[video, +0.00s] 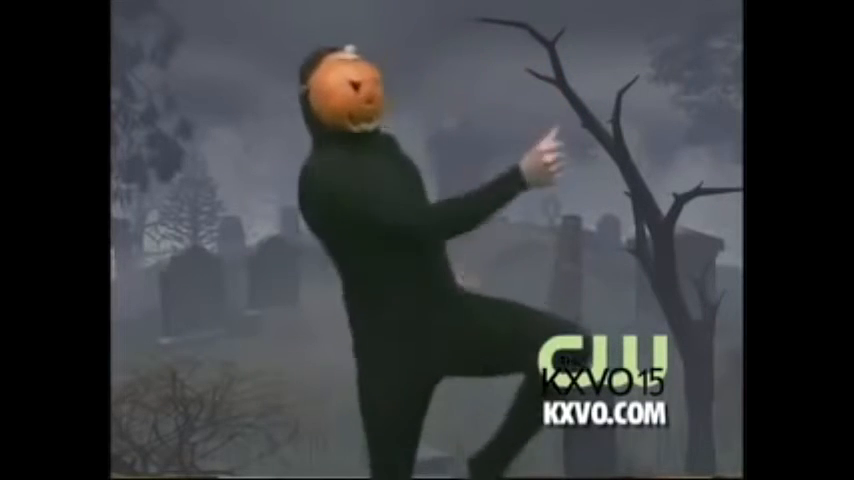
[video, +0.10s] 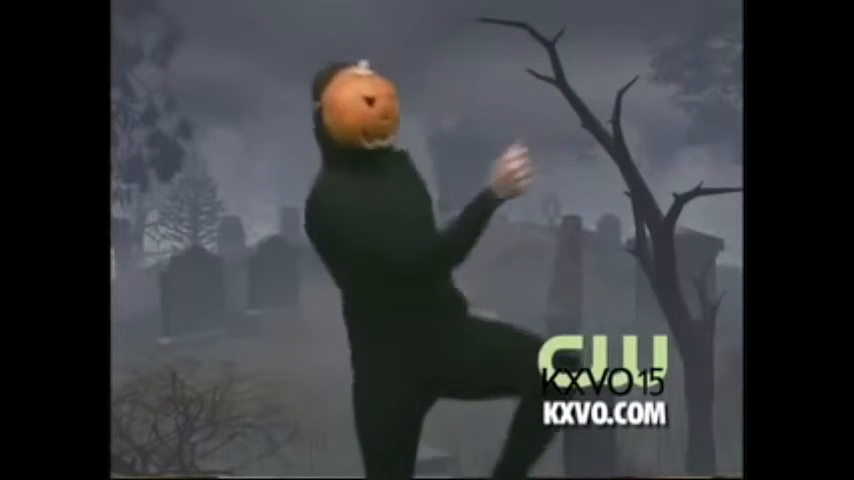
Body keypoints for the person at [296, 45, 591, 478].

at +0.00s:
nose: (363, 85)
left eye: (364, 74)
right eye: (344, 80)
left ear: (377, 84)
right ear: (315, 104)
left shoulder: (383, 151)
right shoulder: (325, 175)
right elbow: (420, 226)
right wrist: (518, 180)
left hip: (446, 319)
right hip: (392, 342)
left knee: (568, 347)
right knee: (391, 470)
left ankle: (492, 462)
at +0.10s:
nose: (380, 104)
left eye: (382, 95)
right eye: (361, 98)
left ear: (395, 106)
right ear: (326, 121)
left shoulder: (397, 168)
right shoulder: (329, 202)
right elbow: (422, 264)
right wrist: (490, 198)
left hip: (448, 342)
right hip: (389, 363)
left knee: (554, 367)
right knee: (389, 471)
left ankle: (508, 474)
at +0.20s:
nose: (397, 107)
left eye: (400, 96)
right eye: (379, 103)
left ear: (417, 107)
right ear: (352, 125)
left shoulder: (423, 177)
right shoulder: (341, 211)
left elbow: (444, 244)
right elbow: (385, 294)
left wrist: (479, 281)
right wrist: (429, 225)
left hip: (444, 349)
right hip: (384, 368)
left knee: (555, 391)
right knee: (387, 471)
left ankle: (520, 474)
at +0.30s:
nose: (415, 95)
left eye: (425, 84)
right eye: (399, 87)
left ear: (438, 95)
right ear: (371, 103)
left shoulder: (456, 153)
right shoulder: (353, 187)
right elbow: (353, 297)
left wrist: (496, 221)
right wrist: (401, 241)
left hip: (456, 337)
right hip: (389, 349)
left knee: (547, 427)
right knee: (386, 470)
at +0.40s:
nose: (414, 79)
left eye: (427, 67)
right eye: (399, 69)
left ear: (448, 75)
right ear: (379, 81)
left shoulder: (483, 133)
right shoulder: (362, 159)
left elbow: (530, 156)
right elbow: (347, 266)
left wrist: (518, 202)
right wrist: (394, 288)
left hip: (476, 336)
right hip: (397, 343)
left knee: (511, 462)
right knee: (391, 468)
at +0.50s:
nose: (440, 93)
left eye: (453, 82)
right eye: (426, 83)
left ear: (473, 92)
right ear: (408, 94)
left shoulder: (508, 159)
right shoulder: (388, 171)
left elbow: (573, 229)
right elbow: (367, 271)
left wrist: (531, 256)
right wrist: (370, 360)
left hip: (487, 354)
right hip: (413, 355)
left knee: (501, 471)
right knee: (401, 472)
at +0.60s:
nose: (471, 110)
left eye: (483, 99)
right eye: (457, 100)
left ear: (502, 110)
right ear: (437, 110)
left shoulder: (525, 183)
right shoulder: (410, 184)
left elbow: (569, 283)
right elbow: (378, 278)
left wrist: (507, 314)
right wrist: (356, 367)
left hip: (504, 375)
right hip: (425, 372)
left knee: (517, 471)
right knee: (392, 471)